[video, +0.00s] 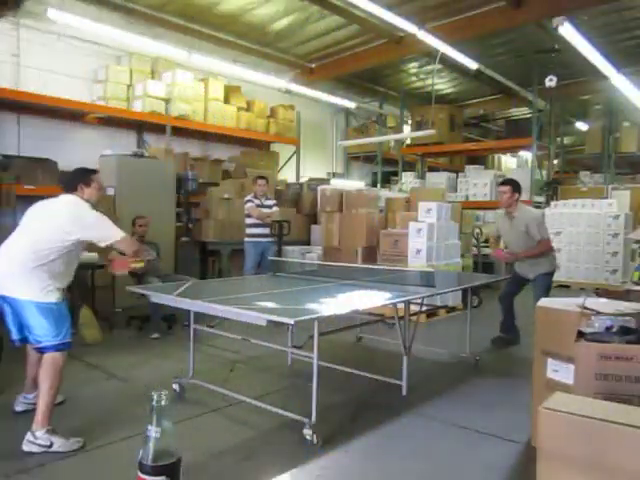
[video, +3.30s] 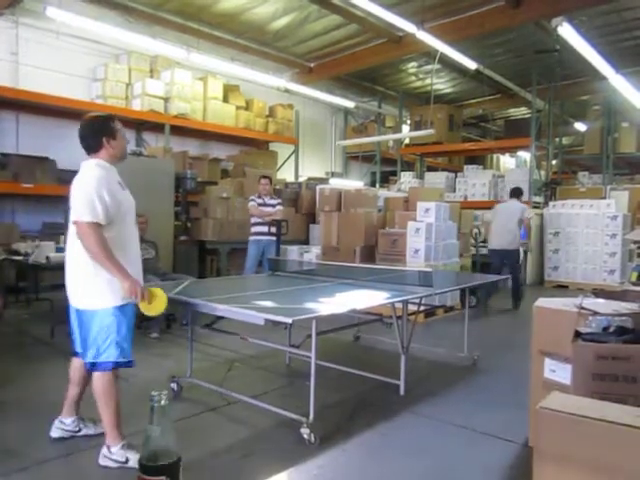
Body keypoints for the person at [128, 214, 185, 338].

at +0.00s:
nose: (143, 229)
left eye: (145, 226)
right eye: (140, 226)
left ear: (148, 228)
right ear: (133, 228)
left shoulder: (154, 246)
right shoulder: (128, 246)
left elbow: (157, 265)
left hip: (158, 275)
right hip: (143, 276)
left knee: (191, 282)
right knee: (157, 287)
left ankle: (189, 320)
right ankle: (154, 328)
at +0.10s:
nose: (146, 229)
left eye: (148, 226)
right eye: (143, 226)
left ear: (150, 228)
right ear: (134, 228)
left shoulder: (154, 245)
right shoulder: (128, 245)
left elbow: (158, 262)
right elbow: (115, 257)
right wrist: (130, 261)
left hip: (159, 275)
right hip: (143, 276)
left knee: (189, 282)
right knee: (157, 288)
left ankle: (189, 320)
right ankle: (154, 328)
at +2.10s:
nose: (148, 227)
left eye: (148, 225)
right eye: (144, 225)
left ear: (149, 227)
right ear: (135, 227)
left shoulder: (153, 245)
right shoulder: (128, 244)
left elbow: (156, 262)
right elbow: (112, 256)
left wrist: (161, 272)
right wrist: (130, 260)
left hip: (162, 275)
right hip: (145, 276)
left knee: (192, 283)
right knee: (158, 291)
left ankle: (189, 321)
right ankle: (155, 329)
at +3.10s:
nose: (140, 226)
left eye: (143, 223)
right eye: (136, 223)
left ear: (146, 225)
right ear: (131, 226)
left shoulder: (152, 244)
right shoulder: (126, 244)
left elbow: (155, 264)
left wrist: (165, 274)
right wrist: (128, 260)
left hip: (158, 274)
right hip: (142, 276)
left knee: (189, 281)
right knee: (158, 290)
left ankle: (186, 320)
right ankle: (154, 328)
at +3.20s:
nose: (140, 226)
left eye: (143, 223)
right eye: (136, 223)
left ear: (147, 225)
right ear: (131, 225)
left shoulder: (152, 244)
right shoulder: (128, 244)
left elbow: (156, 263)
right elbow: (130, 262)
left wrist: (161, 273)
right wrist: (141, 272)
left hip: (159, 274)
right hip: (143, 275)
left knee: (189, 281)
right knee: (162, 290)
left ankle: (186, 318)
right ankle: (155, 327)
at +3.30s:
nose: (142, 226)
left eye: (144, 223)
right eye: (139, 224)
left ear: (147, 225)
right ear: (134, 225)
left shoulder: (152, 245)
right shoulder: (130, 243)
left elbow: (156, 266)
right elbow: (132, 266)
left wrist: (165, 274)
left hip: (157, 274)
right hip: (142, 275)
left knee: (190, 282)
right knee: (158, 288)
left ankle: (186, 319)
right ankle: (154, 327)